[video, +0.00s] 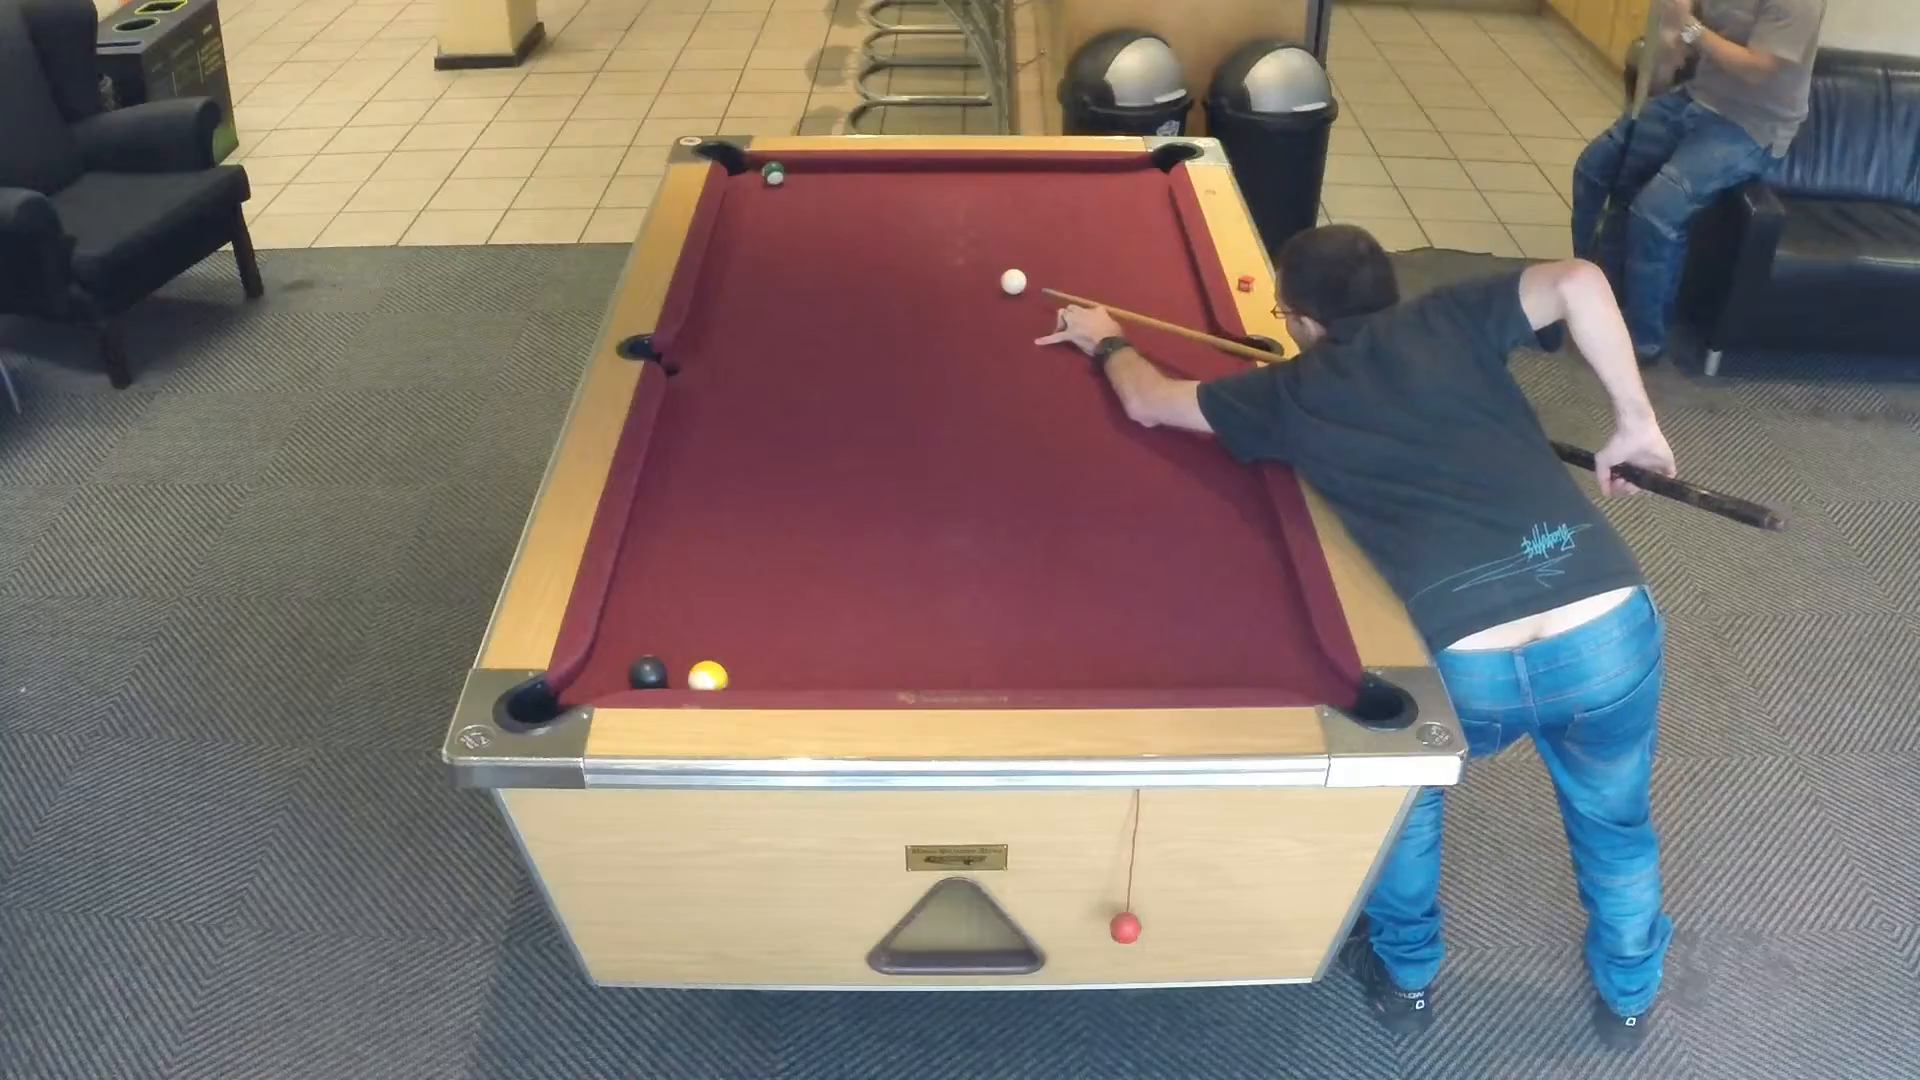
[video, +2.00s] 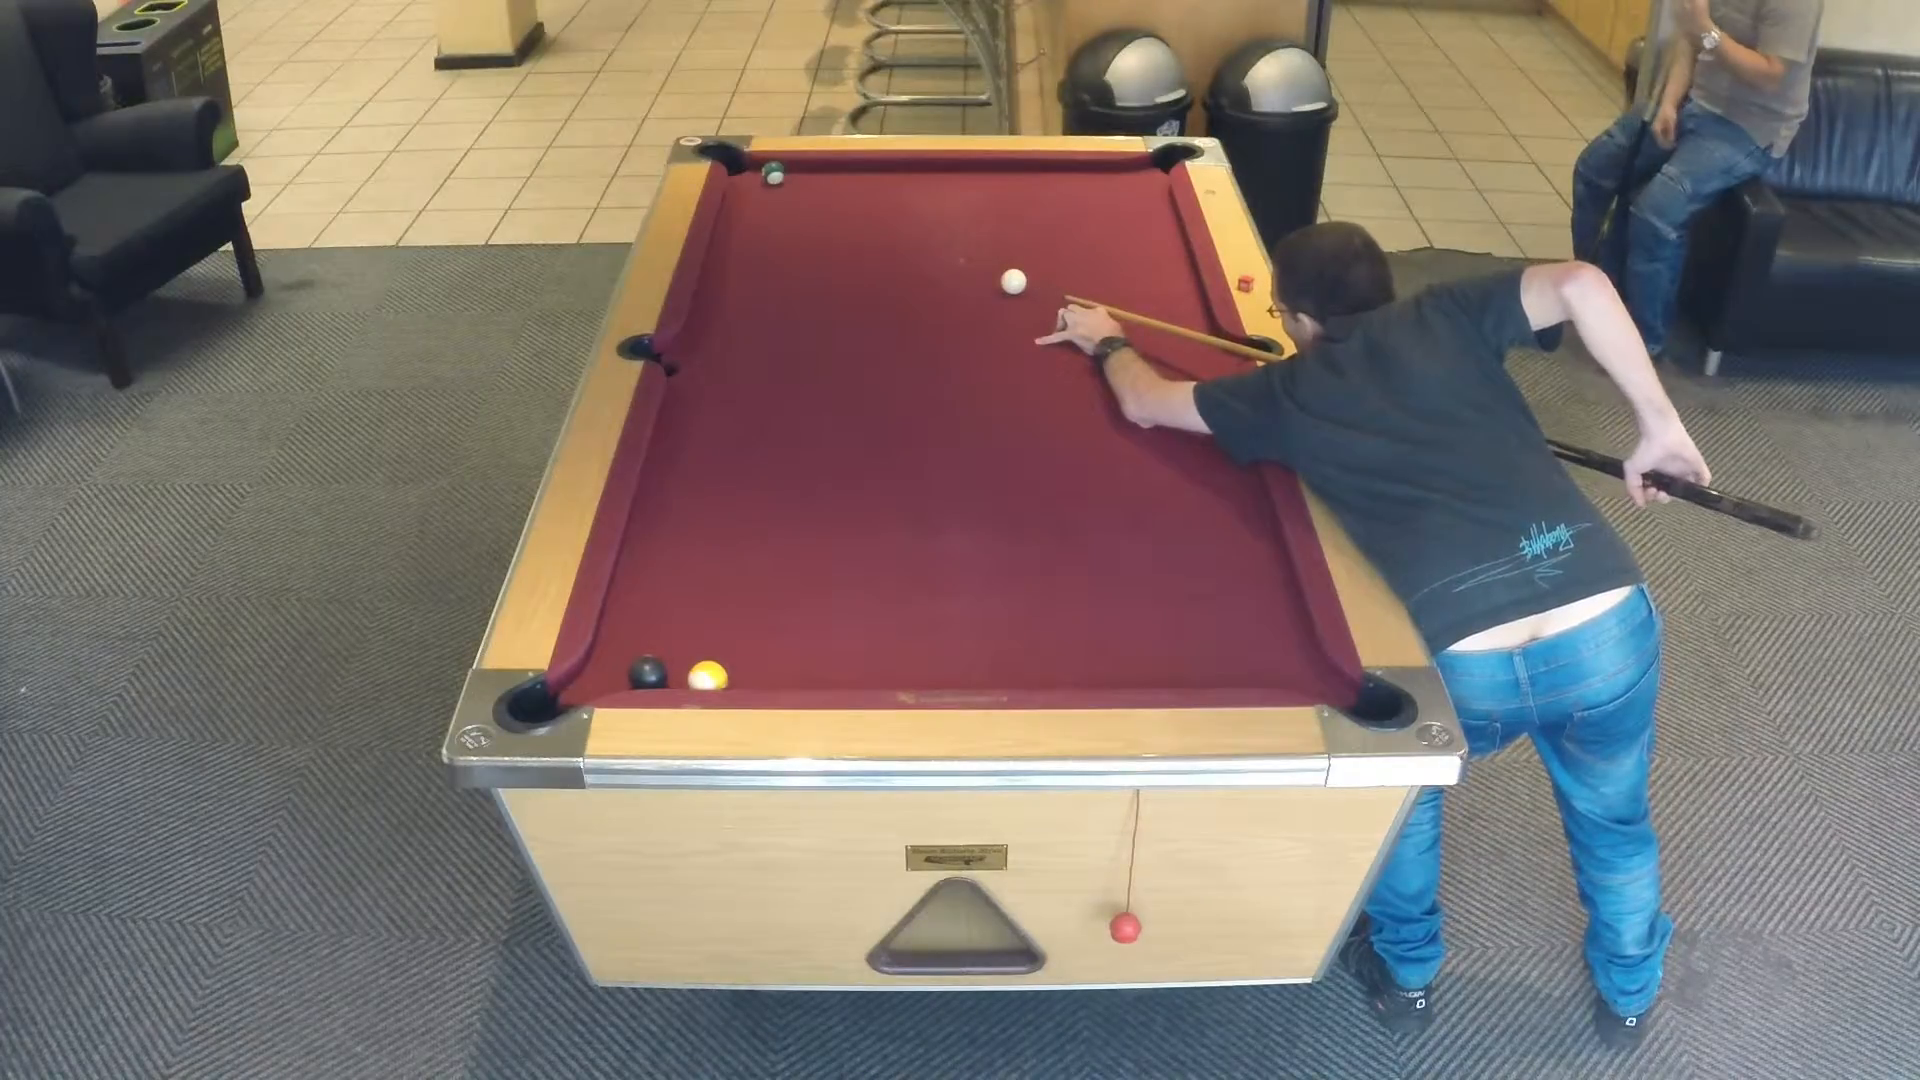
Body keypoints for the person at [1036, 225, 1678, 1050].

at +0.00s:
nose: (1284, 322)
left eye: (1287, 309)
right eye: (1284, 309)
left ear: (1305, 321)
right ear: (1391, 294)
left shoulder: (1291, 392)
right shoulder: (1454, 318)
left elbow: (1149, 399)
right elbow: (1578, 280)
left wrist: (1105, 340)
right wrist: (1639, 417)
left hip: (1467, 661)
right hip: (1608, 626)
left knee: (1401, 774)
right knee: (1617, 821)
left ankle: (1407, 973)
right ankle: (1631, 990)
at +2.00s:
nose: (1280, 322)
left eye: (1281, 311)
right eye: (1281, 309)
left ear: (1304, 322)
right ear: (1387, 289)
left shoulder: (1288, 392)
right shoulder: (1452, 313)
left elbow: (1146, 401)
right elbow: (1581, 283)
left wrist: (1108, 341)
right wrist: (1661, 422)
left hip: (1464, 664)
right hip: (1605, 622)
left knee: (1405, 774)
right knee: (1617, 818)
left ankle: (1408, 964)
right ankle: (1631, 987)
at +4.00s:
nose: (1279, 315)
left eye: (1281, 303)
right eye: (1279, 303)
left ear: (1297, 317)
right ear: (1385, 290)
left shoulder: (1285, 390)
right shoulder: (1449, 313)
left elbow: (1142, 399)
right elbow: (1589, 296)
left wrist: (1106, 341)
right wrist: (1600, 427)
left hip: (1468, 661)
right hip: (1606, 623)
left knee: (1394, 763)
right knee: (1615, 819)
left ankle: (1407, 967)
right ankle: (1630, 991)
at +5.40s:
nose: (1341, 189)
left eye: (1346, 175)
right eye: (1346, 171)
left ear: (1370, 194)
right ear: (1463, 180)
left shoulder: (1343, 300)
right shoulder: (1550, 251)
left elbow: (1277, 466)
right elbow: (1702, 385)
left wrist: (1247, 378)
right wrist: (1604, 446)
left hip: (1508, 640)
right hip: (1652, 621)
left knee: (1424, 780)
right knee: (1610, 831)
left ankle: (1404, 966)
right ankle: (1605, 1019)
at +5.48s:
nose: (1370, 167)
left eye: (1376, 154)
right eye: (1374, 150)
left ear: (1398, 176)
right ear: (1494, 163)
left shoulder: (1365, 295)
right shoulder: (1584, 245)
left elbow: (1341, 493)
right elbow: (1719, 394)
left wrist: (1374, 413)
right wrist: (1611, 453)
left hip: (1519, 637)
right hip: (1662, 621)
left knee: (1436, 792)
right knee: (1606, 841)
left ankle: (1403, 973)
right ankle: (1602, 1042)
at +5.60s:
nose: (1419, 149)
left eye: (1430, 138)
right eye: (1426, 132)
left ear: (1464, 166)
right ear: (1548, 147)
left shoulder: (1420, 297)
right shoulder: (1636, 248)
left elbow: (1416, 510)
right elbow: (1743, 423)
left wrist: (1503, 473)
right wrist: (1638, 464)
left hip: (1546, 661)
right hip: (1684, 639)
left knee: (1450, 817)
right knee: (1606, 859)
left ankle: (1402, 969)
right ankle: (1613, 1060)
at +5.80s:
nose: (1504, 176)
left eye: (1521, 161)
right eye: (1510, 155)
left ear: (1582, 182)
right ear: (1638, 176)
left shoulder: (1556, 340)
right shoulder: (1737, 285)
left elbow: (1503, 578)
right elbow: (1753, 454)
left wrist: (1470, 497)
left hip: (1597, 728)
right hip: (1723, 706)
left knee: (1473, 865)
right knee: (1622, 911)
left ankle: (1404, 985)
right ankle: (1612, 1066)